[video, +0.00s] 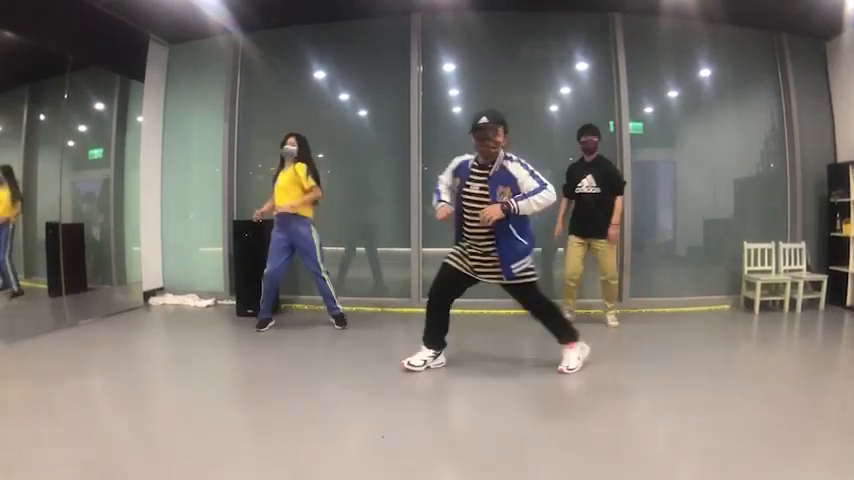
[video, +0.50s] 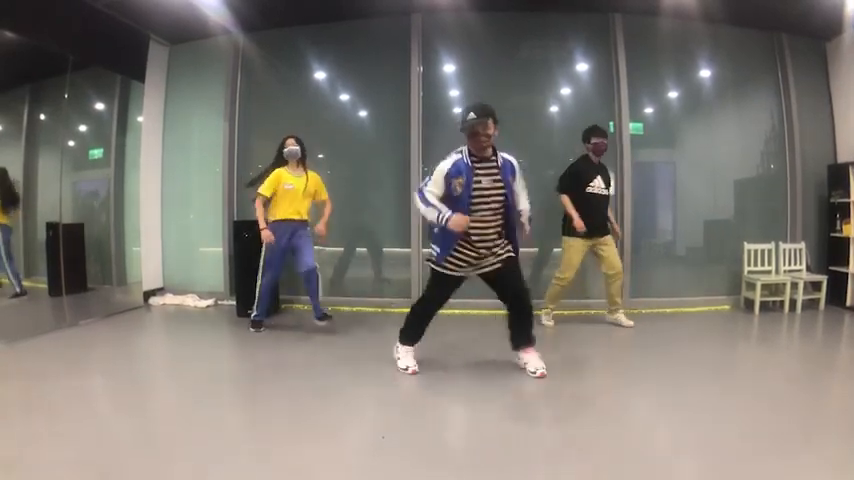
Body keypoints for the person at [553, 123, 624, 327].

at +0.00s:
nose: (589, 143)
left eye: (593, 139)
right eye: (585, 140)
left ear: (598, 140)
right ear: (579, 142)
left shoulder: (608, 167)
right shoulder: (574, 169)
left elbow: (619, 195)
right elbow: (566, 196)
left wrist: (614, 224)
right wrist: (560, 221)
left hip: (603, 232)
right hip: (577, 232)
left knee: (610, 275)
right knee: (571, 274)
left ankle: (610, 310)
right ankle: (568, 311)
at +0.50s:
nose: (601, 148)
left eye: (604, 144)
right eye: (596, 144)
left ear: (607, 145)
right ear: (587, 145)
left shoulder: (604, 171)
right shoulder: (578, 166)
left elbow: (603, 203)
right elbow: (562, 192)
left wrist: (613, 223)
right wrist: (575, 216)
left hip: (601, 232)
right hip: (578, 233)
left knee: (615, 270)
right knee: (566, 275)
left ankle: (614, 311)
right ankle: (547, 309)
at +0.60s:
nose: (617, 154)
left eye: (618, 150)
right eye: (612, 151)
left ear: (618, 152)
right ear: (602, 153)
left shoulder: (608, 175)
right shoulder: (594, 173)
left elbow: (605, 208)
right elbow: (587, 204)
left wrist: (614, 231)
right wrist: (597, 230)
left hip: (607, 240)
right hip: (586, 240)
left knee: (626, 275)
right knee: (570, 279)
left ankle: (620, 313)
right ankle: (544, 309)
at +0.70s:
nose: (625, 160)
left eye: (627, 156)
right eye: (620, 156)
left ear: (629, 158)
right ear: (610, 159)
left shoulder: (616, 179)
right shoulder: (604, 178)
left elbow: (609, 212)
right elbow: (593, 208)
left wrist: (627, 221)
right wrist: (614, 228)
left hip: (612, 240)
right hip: (593, 241)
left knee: (632, 276)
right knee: (576, 281)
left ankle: (621, 314)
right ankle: (546, 309)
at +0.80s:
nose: (623, 155)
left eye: (626, 151)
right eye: (618, 151)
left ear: (629, 153)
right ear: (610, 153)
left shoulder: (627, 178)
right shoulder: (601, 175)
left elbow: (625, 205)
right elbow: (589, 203)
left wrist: (640, 208)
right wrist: (611, 215)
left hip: (620, 238)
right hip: (596, 238)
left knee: (633, 276)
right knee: (581, 278)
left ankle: (622, 314)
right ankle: (560, 312)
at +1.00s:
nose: (611, 152)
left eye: (614, 148)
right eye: (607, 148)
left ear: (620, 149)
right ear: (600, 149)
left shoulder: (629, 173)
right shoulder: (592, 174)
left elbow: (645, 193)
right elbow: (585, 199)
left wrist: (639, 214)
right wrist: (590, 218)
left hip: (621, 237)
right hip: (594, 236)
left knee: (631, 279)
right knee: (582, 277)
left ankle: (635, 312)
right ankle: (577, 311)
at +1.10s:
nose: (599, 154)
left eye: (603, 151)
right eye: (596, 151)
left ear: (610, 151)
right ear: (590, 152)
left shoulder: (620, 176)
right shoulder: (588, 177)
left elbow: (637, 198)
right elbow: (585, 203)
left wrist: (628, 225)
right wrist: (580, 224)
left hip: (618, 240)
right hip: (593, 238)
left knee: (629, 279)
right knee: (576, 273)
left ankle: (641, 312)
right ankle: (576, 312)